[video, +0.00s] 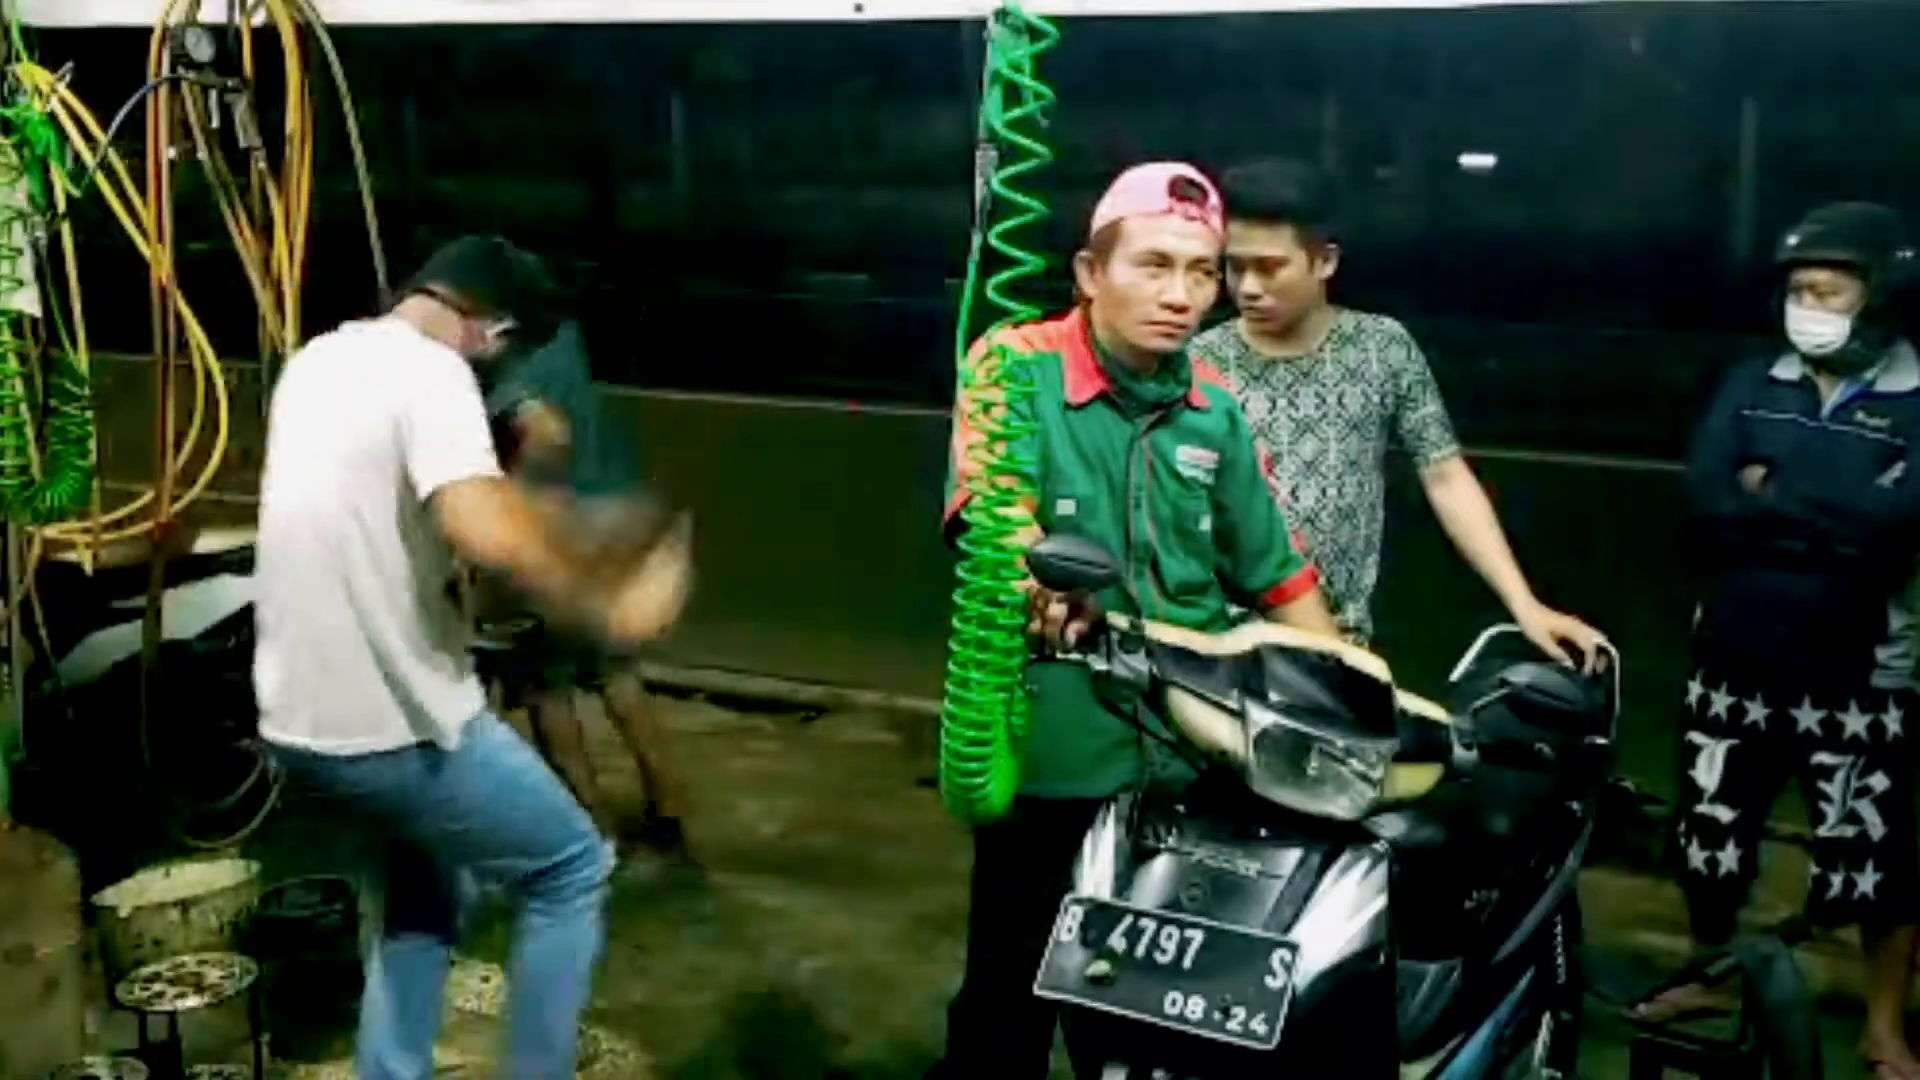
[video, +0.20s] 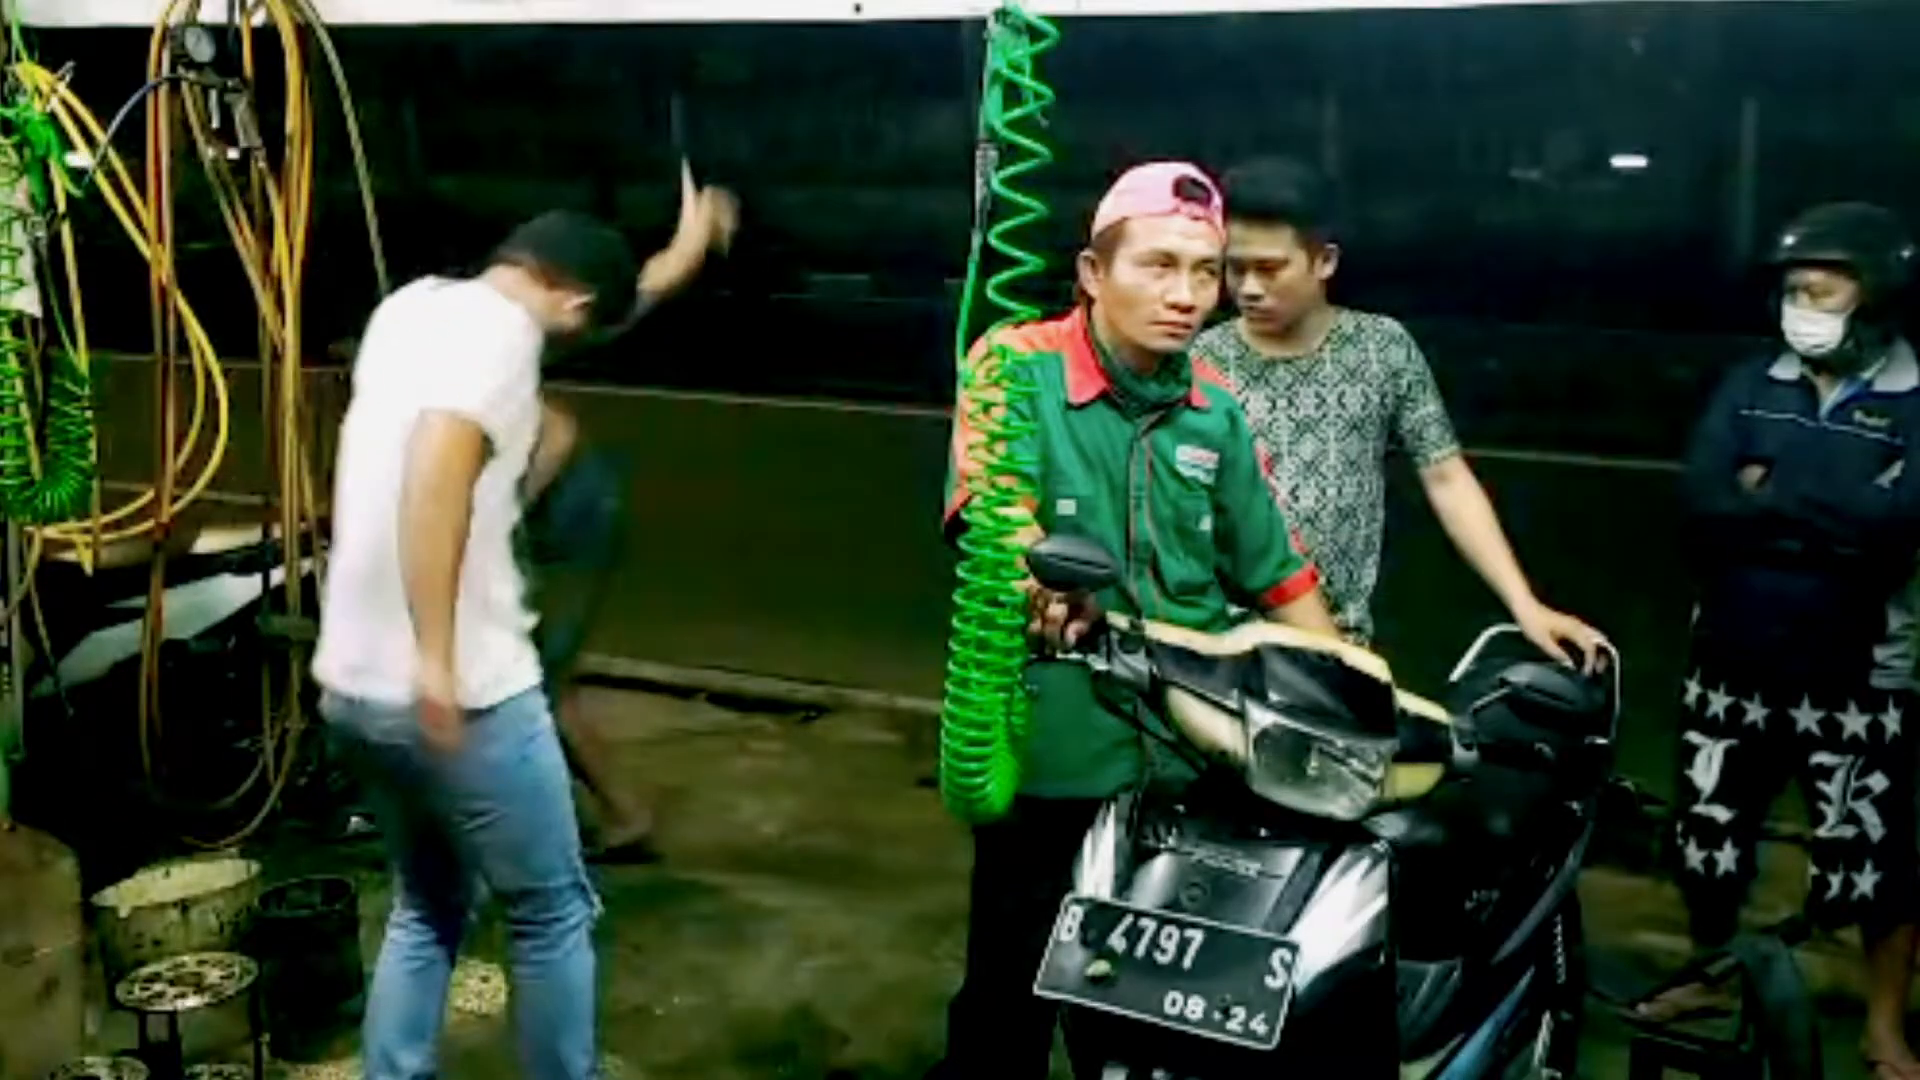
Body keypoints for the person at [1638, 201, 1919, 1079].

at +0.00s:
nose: (1812, 304)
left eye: (1833, 290)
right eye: (1800, 287)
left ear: (1873, 297)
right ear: (1782, 293)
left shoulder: (1906, 398)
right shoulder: (1748, 385)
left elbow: (1895, 518)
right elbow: (1703, 498)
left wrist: (1767, 479)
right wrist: (1841, 507)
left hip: (1860, 666)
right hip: (1738, 657)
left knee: (1871, 861)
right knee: (1708, 837)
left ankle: (1886, 1027)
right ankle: (1708, 971)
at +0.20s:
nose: (1807, 301)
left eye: (1829, 286)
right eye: (1797, 283)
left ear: (1872, 295)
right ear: (1779, 289)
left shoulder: (1905, 398)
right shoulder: (1747, 387)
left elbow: (1894, 523)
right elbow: (1700, 501)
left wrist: (1764, 481)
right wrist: (1836, 508)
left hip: (1861, 666)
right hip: (1737, 656)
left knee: (1871, 858)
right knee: (1707, 833)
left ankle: (1887, 1022)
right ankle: (1708, 973)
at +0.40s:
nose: (1802, 300)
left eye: (1823, 285)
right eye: (1792, 282)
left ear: (1865, 293)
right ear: (1775, 288)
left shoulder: (1905, 395)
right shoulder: (1745, 386)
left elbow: (1895, 521)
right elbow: (1700, 499)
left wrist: (1764, 481)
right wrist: (1836, 506)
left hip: (1859, 666)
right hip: (1737, 656)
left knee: (1873, 859)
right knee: (1707, 835)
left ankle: (1886, 1026)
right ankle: (1708, 972)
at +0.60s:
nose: (1798, 300)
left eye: (1819, 286)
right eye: (1788, 283)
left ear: (1860, 296)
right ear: (1773, 289)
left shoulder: (1904, 395)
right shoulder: (1744, 386)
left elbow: (1900, 519)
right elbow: (1701, 501)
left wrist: (1764, 482)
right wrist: (1842, 508)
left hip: (1856, 665)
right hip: (1736, 656)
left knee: (1873, 858)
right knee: (1707, 837)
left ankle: (1884, 1022)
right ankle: (1708, 974)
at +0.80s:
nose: (1790, 299)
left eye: (1811, 285)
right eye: (1783, 283)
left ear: (1858, 295)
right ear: (1773, 288)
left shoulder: (1904, 395)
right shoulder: (1746, 387)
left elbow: (1899, 519)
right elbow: (1701, 503)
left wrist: (1763, 481)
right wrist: (1837, 506)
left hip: (1860, 662)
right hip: (1738, 651)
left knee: (1869, 855)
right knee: (1708, 833)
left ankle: (1885, 1022)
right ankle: (1708, 974)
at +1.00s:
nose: (1787, 297)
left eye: (1808, 282)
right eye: (1780, 281)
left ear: (1856, 293)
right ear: (1771, 288)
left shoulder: (1903, 393)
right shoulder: (1748, 385)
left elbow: (1896, 515)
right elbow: (1705, 493)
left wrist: (1764, 478)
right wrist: (1839, 497)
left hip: (1858, 661)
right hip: (1739, 651)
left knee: (1866, 853)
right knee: (1708, 832)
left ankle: (1882, 1017)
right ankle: (1708, 975)